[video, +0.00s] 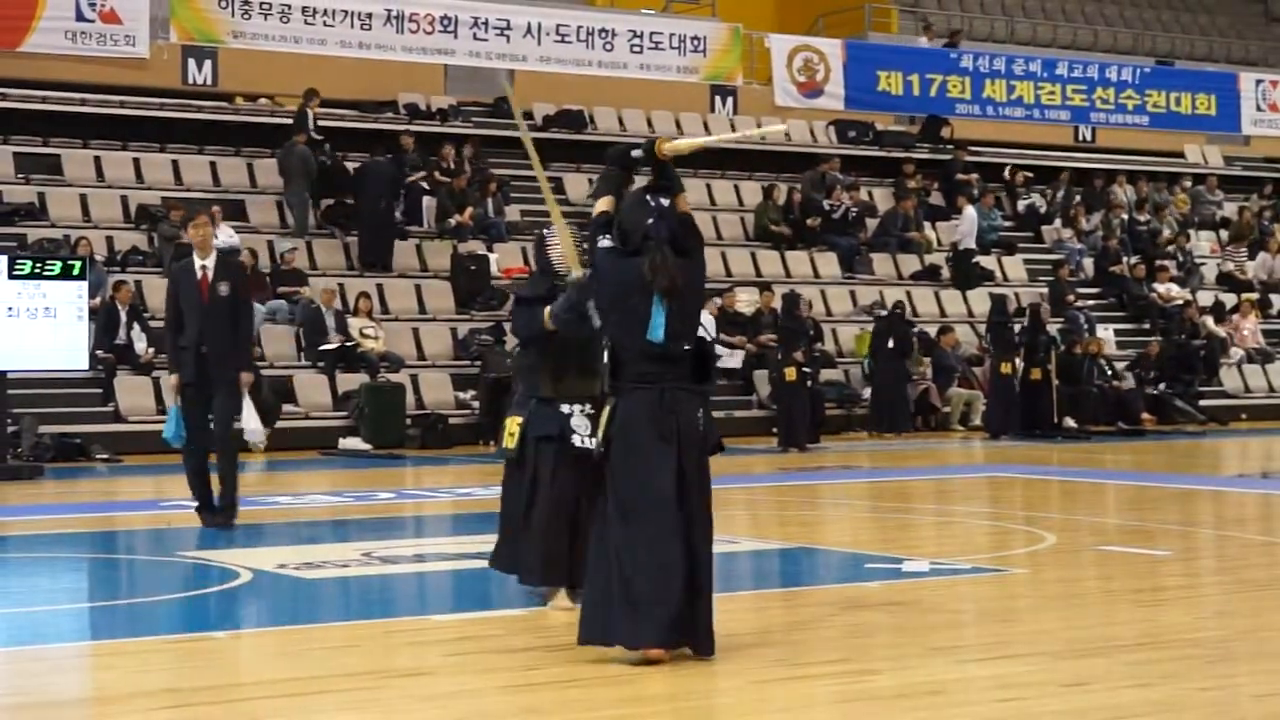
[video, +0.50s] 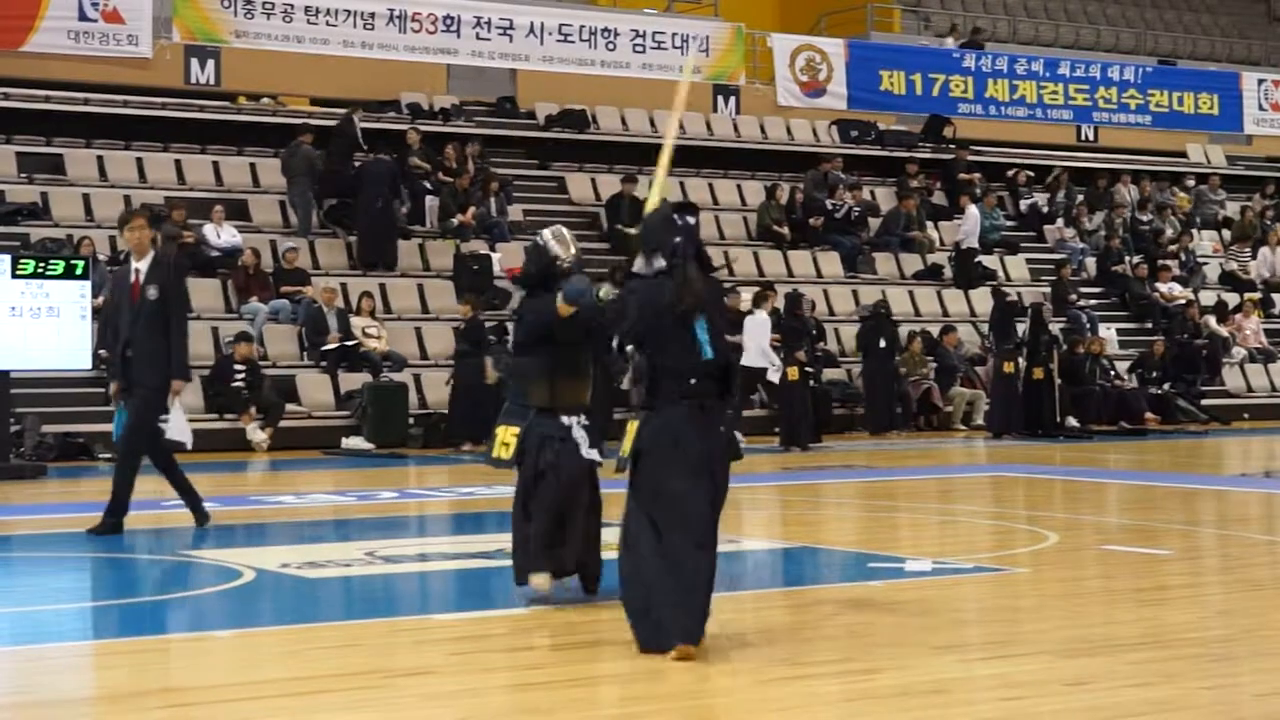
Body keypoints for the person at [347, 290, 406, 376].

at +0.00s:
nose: (366, 304)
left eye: (369, 301)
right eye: (363, 301)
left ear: (371, 304)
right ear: (357, 303)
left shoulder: (375, 321)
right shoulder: (350, 321)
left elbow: (381, 335)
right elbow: (354, 339)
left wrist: (379, 347)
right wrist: (369, 347)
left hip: (378, 349)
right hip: (363, 349)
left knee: (399, 361)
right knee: (374, 362)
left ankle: (387, 382)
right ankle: (373, 384)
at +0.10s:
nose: (367, 304)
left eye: (369, 301)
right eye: (364, 301)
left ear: (372, 304)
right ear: (358, 303)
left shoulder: (375, 321)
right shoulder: (351, 321)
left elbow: (382, 335)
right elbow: (354, 338)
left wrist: (380, 347)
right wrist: (370, 347)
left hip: (378, 349)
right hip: (364, 349)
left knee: (399, 361)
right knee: (374, 362)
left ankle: (387, 382)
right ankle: (374, 383)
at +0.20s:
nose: (367, 304)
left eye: (370, 301)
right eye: (364, 301)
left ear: (372, 304)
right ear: (358, 303)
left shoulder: (375, 321)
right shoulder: (351, 321)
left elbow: (382, 334)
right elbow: (355, 338)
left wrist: (380, 347)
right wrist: (371, 347)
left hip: (379, 348)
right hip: (365, 349)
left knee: (400, 361)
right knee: (375, 362)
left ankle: (388, 381)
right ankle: (375, 382)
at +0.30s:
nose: (368, 304)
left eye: (370, 301)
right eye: (365, 301)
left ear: (373, 304)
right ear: (359, 303)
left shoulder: (376, 321)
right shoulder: (352, 320)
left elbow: (382, 335)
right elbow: (357, 339)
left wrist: (381, 347)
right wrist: (373, 347)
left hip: (379, 348)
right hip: (364, 349)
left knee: (400, 360)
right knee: (375, 360)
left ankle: (386, 379)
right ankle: (376, 383)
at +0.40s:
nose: (369, 304)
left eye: (371, 301)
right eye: (366, 301)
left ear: (374, 304)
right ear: (359, 302)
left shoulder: (377, 321)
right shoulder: (353, 321)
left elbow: (383, 334)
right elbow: (358, 339)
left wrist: (382, 347)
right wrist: (374, 347)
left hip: (380, 347)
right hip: (365, 349)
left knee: (401, 361)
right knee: (376, 361)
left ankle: (387, 379)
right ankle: (377, 383)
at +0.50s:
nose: (369, 303)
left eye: (372, 301)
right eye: (366, 300)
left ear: (374, 304)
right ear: (360, 302)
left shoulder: (377, 321)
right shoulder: (353, 320)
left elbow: (383, 335)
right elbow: (359, 338)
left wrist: (382, 347)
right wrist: (374, 347)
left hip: (381, 347)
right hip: (366, 348)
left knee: (402, 360)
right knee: (376, 361)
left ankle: (388, 379)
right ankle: (377, 383)